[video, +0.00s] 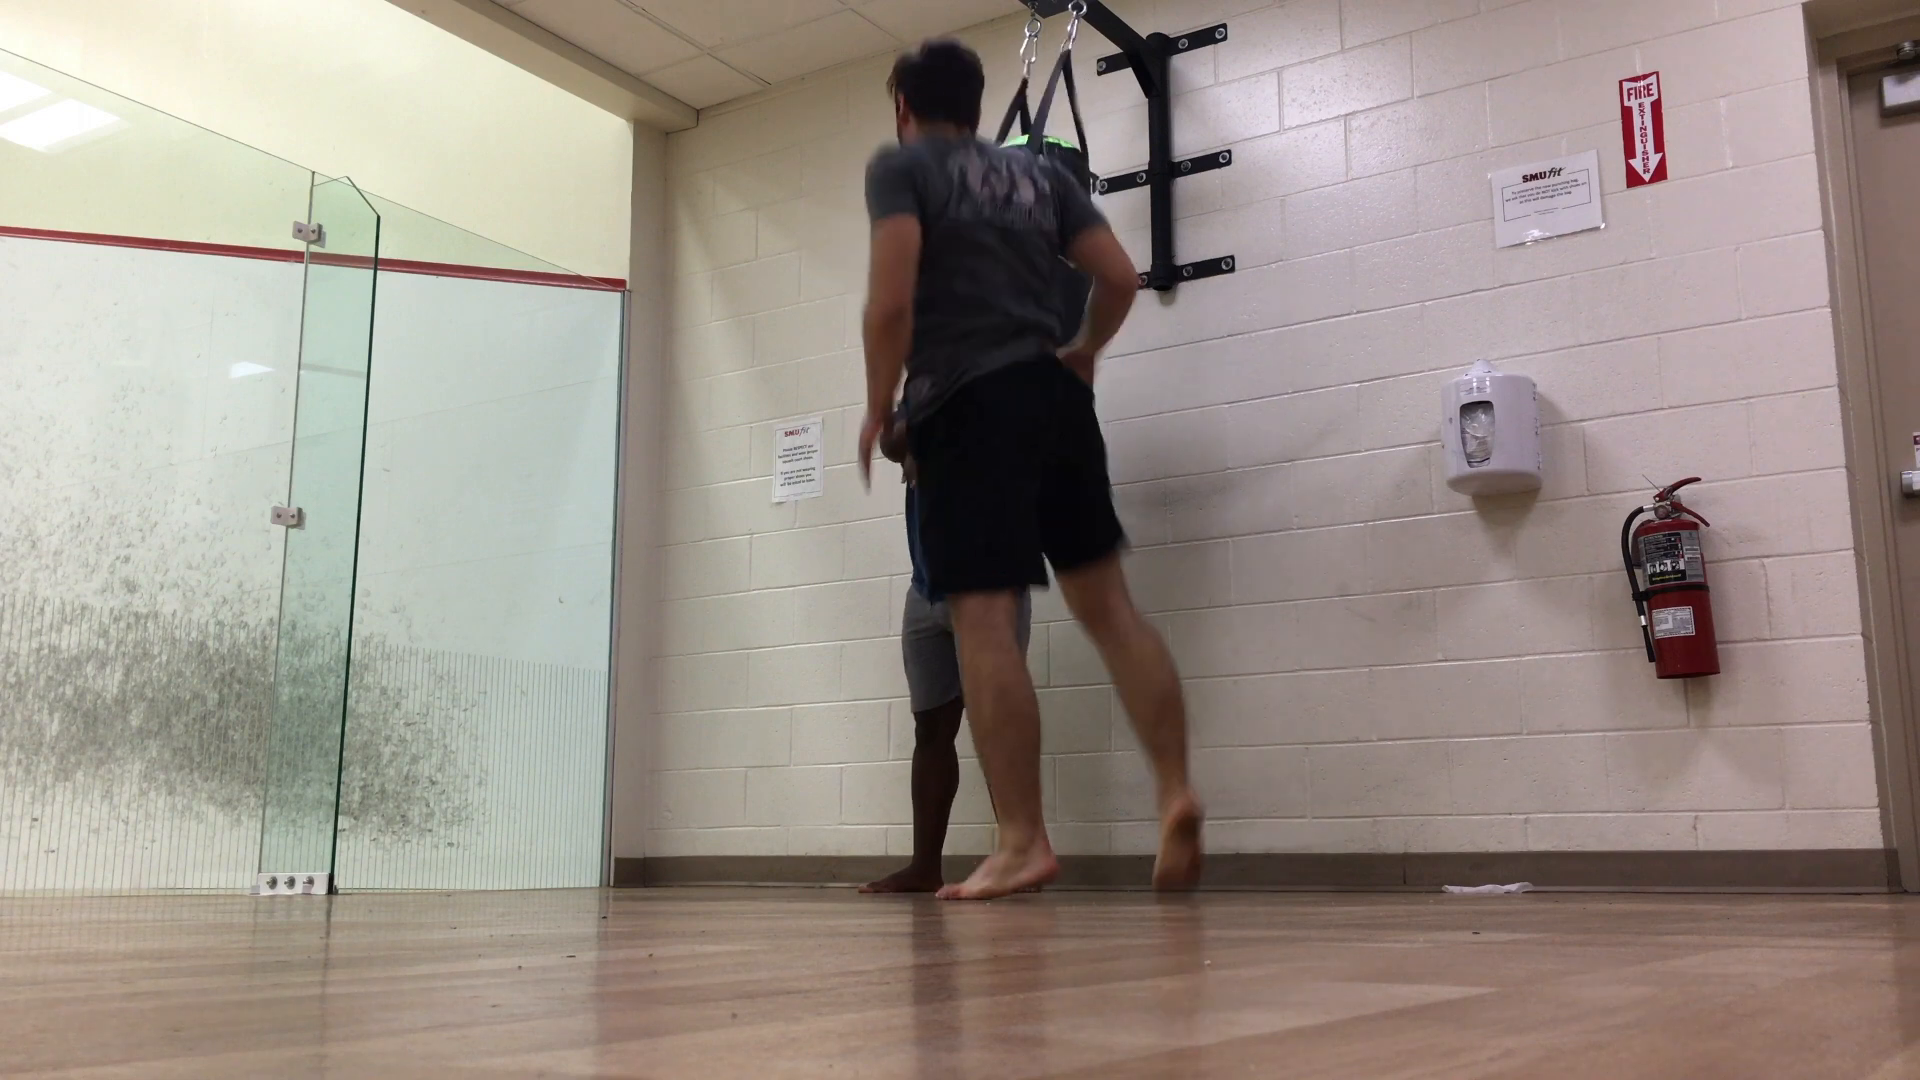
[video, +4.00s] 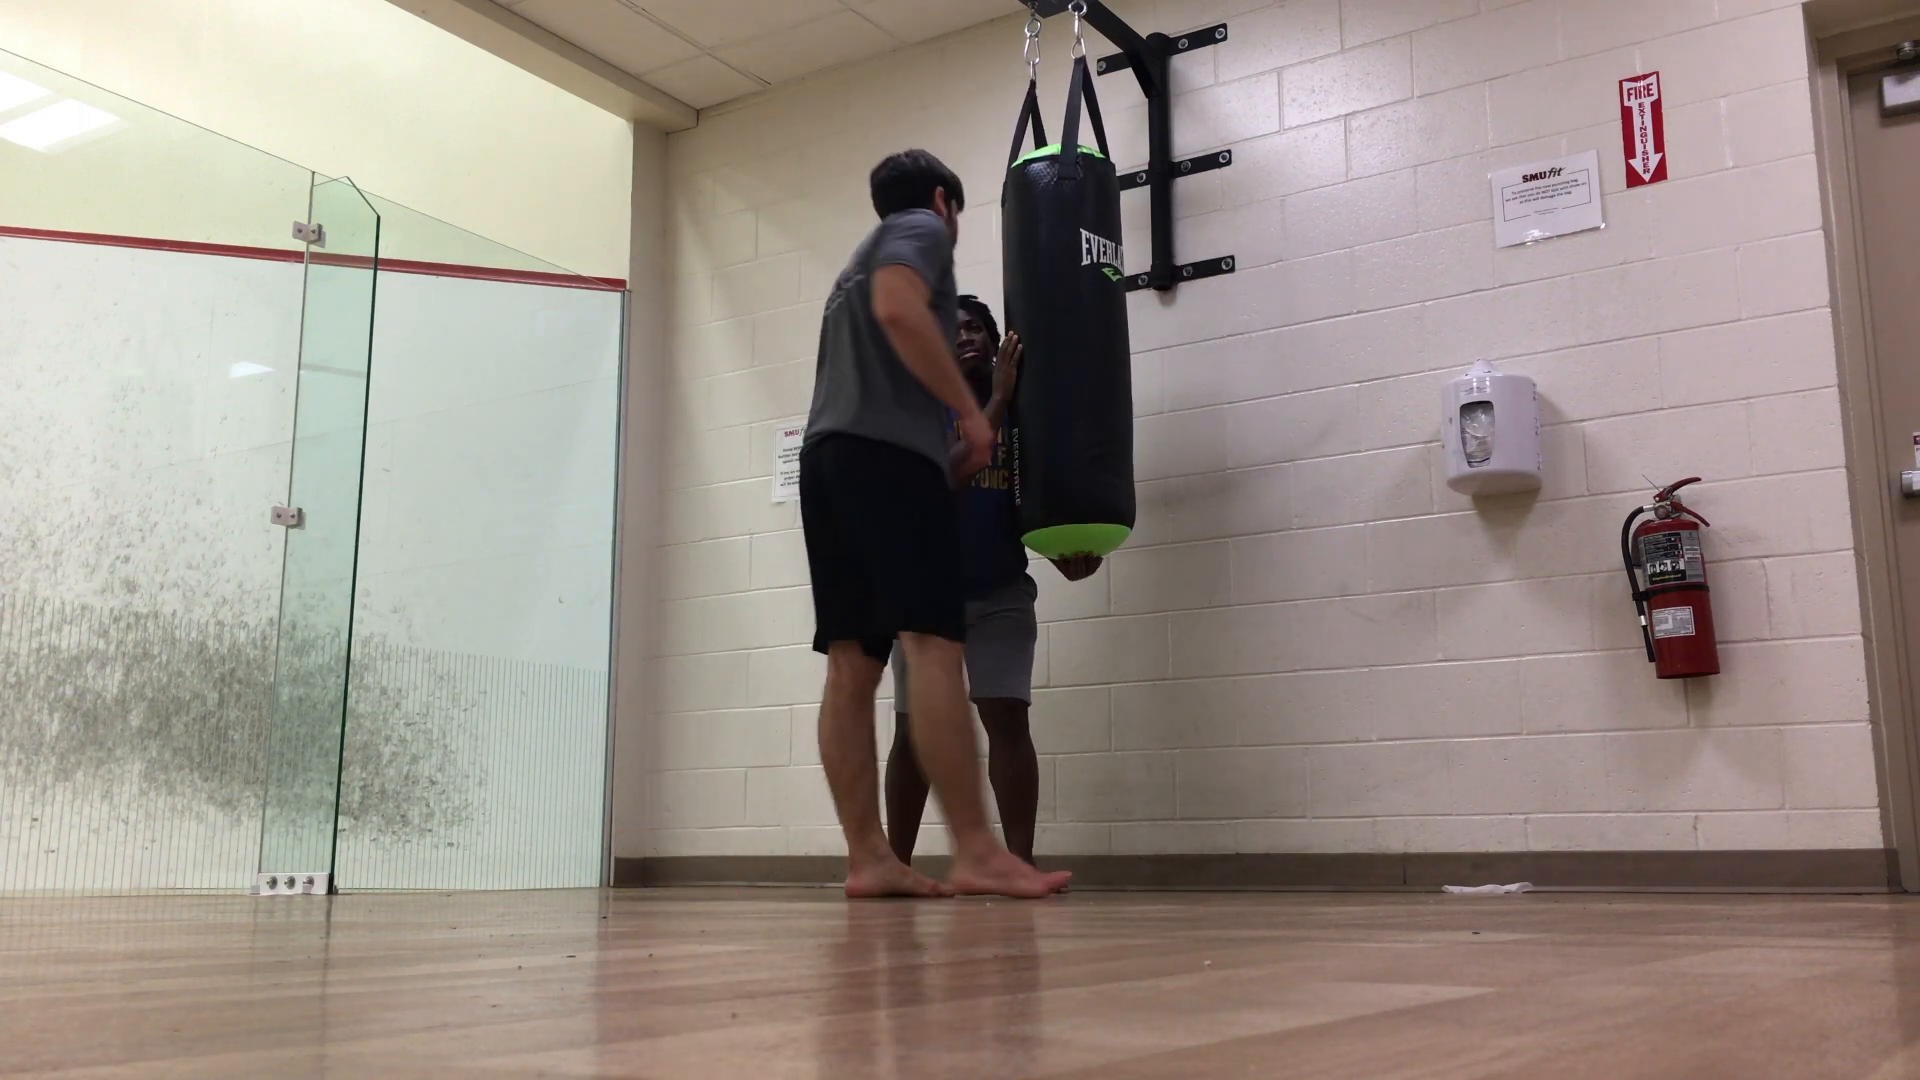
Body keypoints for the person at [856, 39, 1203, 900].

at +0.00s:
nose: (891, 123)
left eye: (892, 111)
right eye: (894, 111)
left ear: (903, 109)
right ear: (978, 110)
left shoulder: (900, 164)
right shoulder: (1040, 171)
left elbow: (891, 304)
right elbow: (1119, 276)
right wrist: (1082, 352)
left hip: (967, 417)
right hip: (1059, 404)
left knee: (985, 630)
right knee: (1109, 608)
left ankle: (1022, 843)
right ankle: (1177, 790)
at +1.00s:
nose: (1016, 137)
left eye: (1015, 126)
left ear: (1025, 129)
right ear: (1104, 131)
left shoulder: (986, 199)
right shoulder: (1155, 206)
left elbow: (945, 335)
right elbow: (1201, 332)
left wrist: (992, 412)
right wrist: (1223, 455)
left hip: (1020, 443)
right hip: (1124, 443)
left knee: (999, 646)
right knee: (1140, 642)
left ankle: (1003, 860)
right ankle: (1154, 861)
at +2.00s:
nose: (921, 126)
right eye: (919, 115)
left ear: (837, 130)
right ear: (914, 118)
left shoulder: (801, 219)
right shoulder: (921, 166)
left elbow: (794, 368)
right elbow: (943, 281)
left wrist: (793, 487)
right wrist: (991, 407)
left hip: (828, 440)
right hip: (909, 426)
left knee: (854, 642)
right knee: (936, 629)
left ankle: (884, 860)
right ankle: (775, 782)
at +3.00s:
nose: (923, 174)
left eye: (917, 164)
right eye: (922, 163)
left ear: (846, 168)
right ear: (911, 158)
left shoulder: (817, 237)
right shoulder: (897, 203)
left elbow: (817, 356)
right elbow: (893, 316)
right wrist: (930, 445)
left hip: (802, 450)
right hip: (863, 448)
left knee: (830, 653)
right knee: (903, 644)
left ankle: (863, 857)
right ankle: (756, 775)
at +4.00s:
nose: (957, 224)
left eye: (955, 214)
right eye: (957, 212)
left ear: (884, 205)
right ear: (942, 201)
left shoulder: (857, 266)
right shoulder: (922, 224)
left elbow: (863, 395)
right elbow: (897, 306)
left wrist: (943, 447)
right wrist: (968, 408)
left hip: (830, 465)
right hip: (890, 462)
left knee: (851, 663)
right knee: (935, 650)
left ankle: (871, 860)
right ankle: (980, 852)